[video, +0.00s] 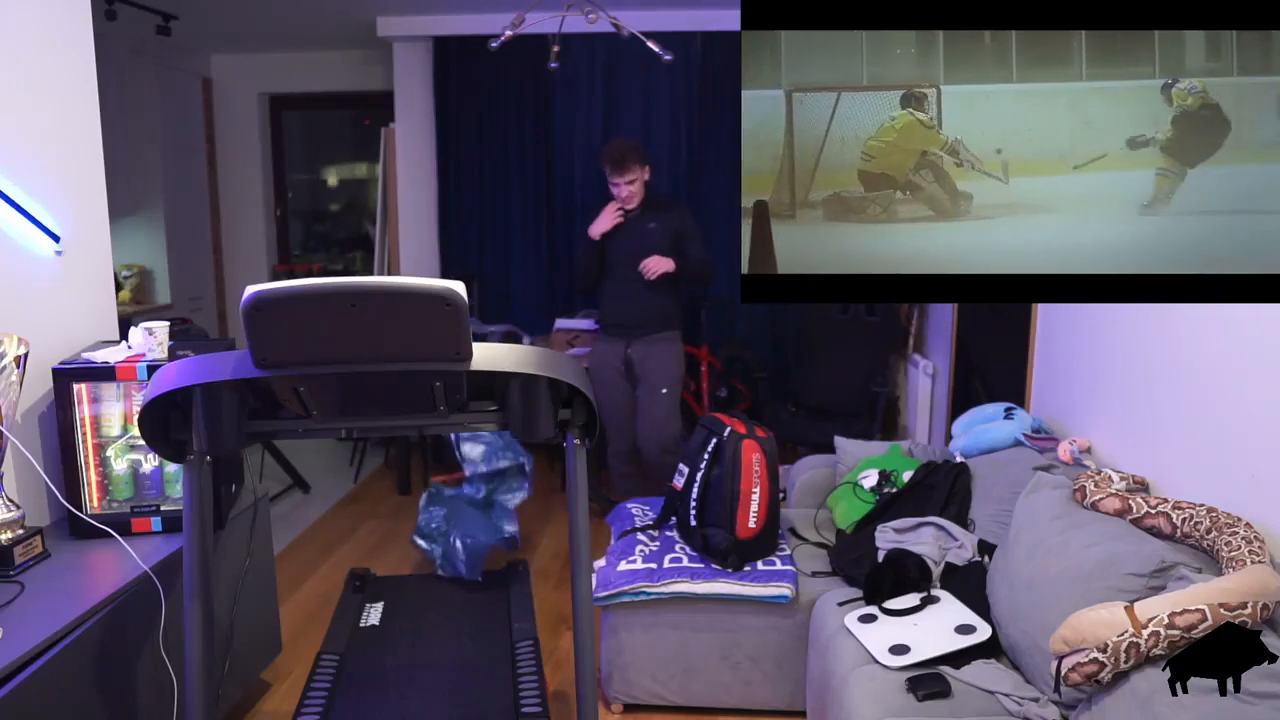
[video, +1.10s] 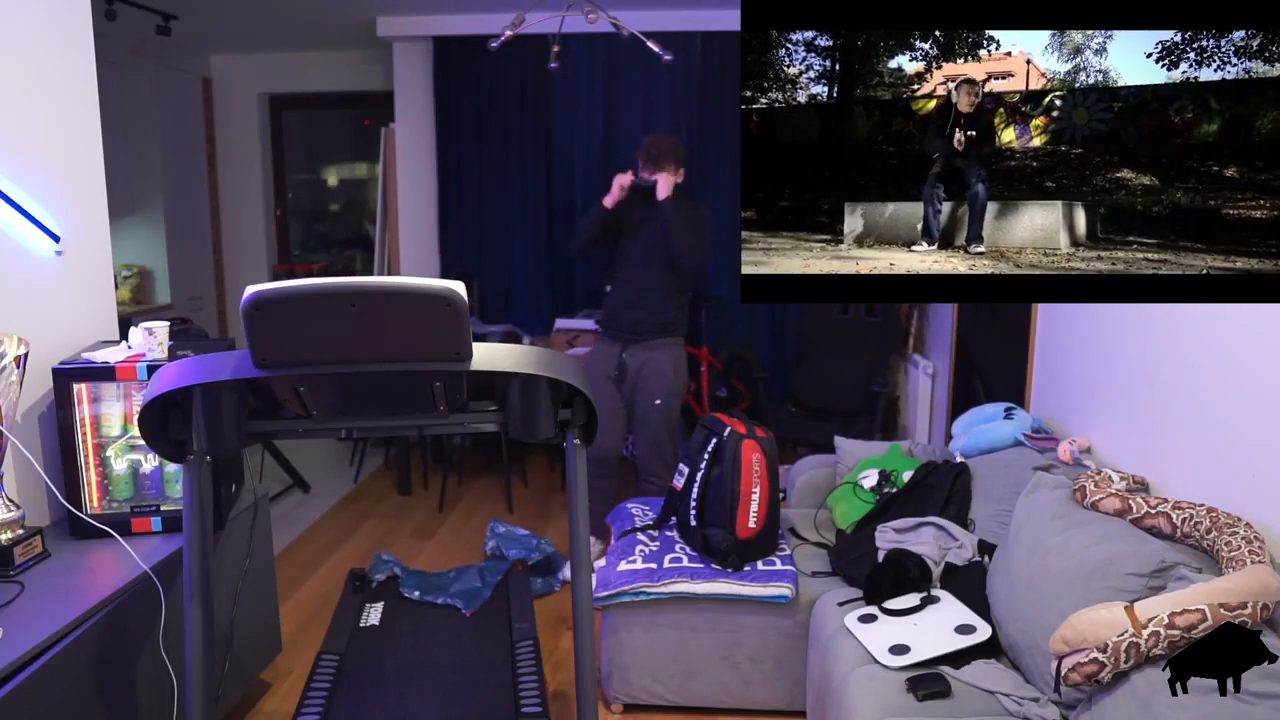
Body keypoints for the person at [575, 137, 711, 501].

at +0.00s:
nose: (623, 192)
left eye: (631, 182)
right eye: (615, 184)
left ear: (646, 175)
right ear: (607, 180)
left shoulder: (671, 217)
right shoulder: (603, 222)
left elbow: (702, 270)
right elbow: (583, 284)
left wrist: (675, 263)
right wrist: (593, 235)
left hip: (659, 342)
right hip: (610, 344)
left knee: (658, 439)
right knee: (618, 445)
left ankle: (676, 517)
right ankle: (633, 523)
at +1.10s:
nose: (650, 179)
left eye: (660, 173)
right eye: (646, 172)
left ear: (679, 175)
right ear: (636, 170)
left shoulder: (691, 214)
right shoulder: (624, 208)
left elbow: (690, 259)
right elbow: (582, 244)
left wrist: (665, 201)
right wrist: (610, 202)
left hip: (660, 346)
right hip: (608, 344)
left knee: (655, 448)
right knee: (600, 446)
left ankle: (654, 543)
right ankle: (596, 535)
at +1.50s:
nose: (631, 179)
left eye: (639, 171)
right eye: (627, 172)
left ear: (657, 171)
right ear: (619, 174)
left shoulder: (675, 205)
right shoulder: (610, 200)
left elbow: (671, 183)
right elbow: (570, 176)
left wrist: (634, 135)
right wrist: (585, 128)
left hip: (659, 348)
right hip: (608, 345)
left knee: (655, 456)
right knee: (594, 451)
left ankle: (657, 547)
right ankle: (588, 541)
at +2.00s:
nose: (616, 132)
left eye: (616, 127)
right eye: (609, 126)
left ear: (621, 137)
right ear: (596, 132)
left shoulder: (637, 192)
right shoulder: (571, 190)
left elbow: (618, 151)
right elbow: (544, 160)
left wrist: (593, 106)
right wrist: (579, 120)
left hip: (630, 341)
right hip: (580, 339)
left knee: (639, 452)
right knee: (580, 451)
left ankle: (651, 547)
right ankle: (581, 547)